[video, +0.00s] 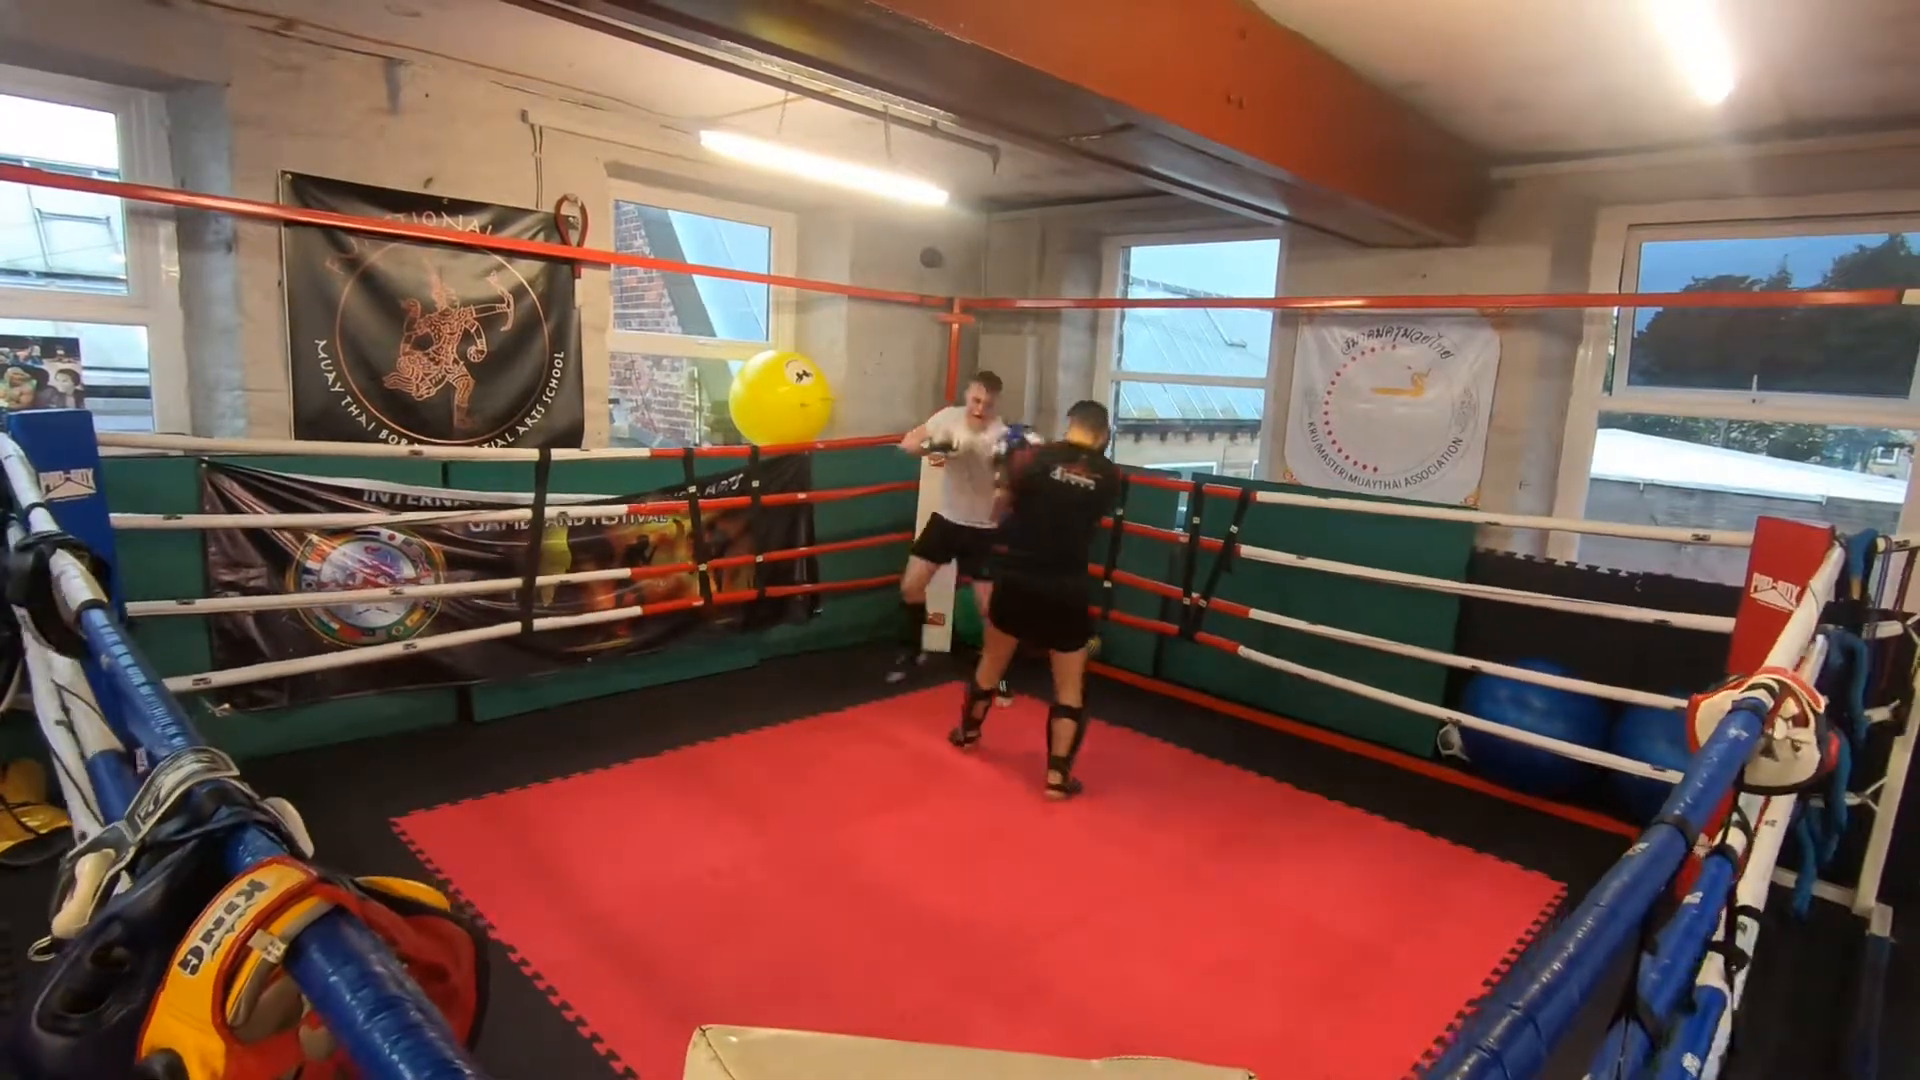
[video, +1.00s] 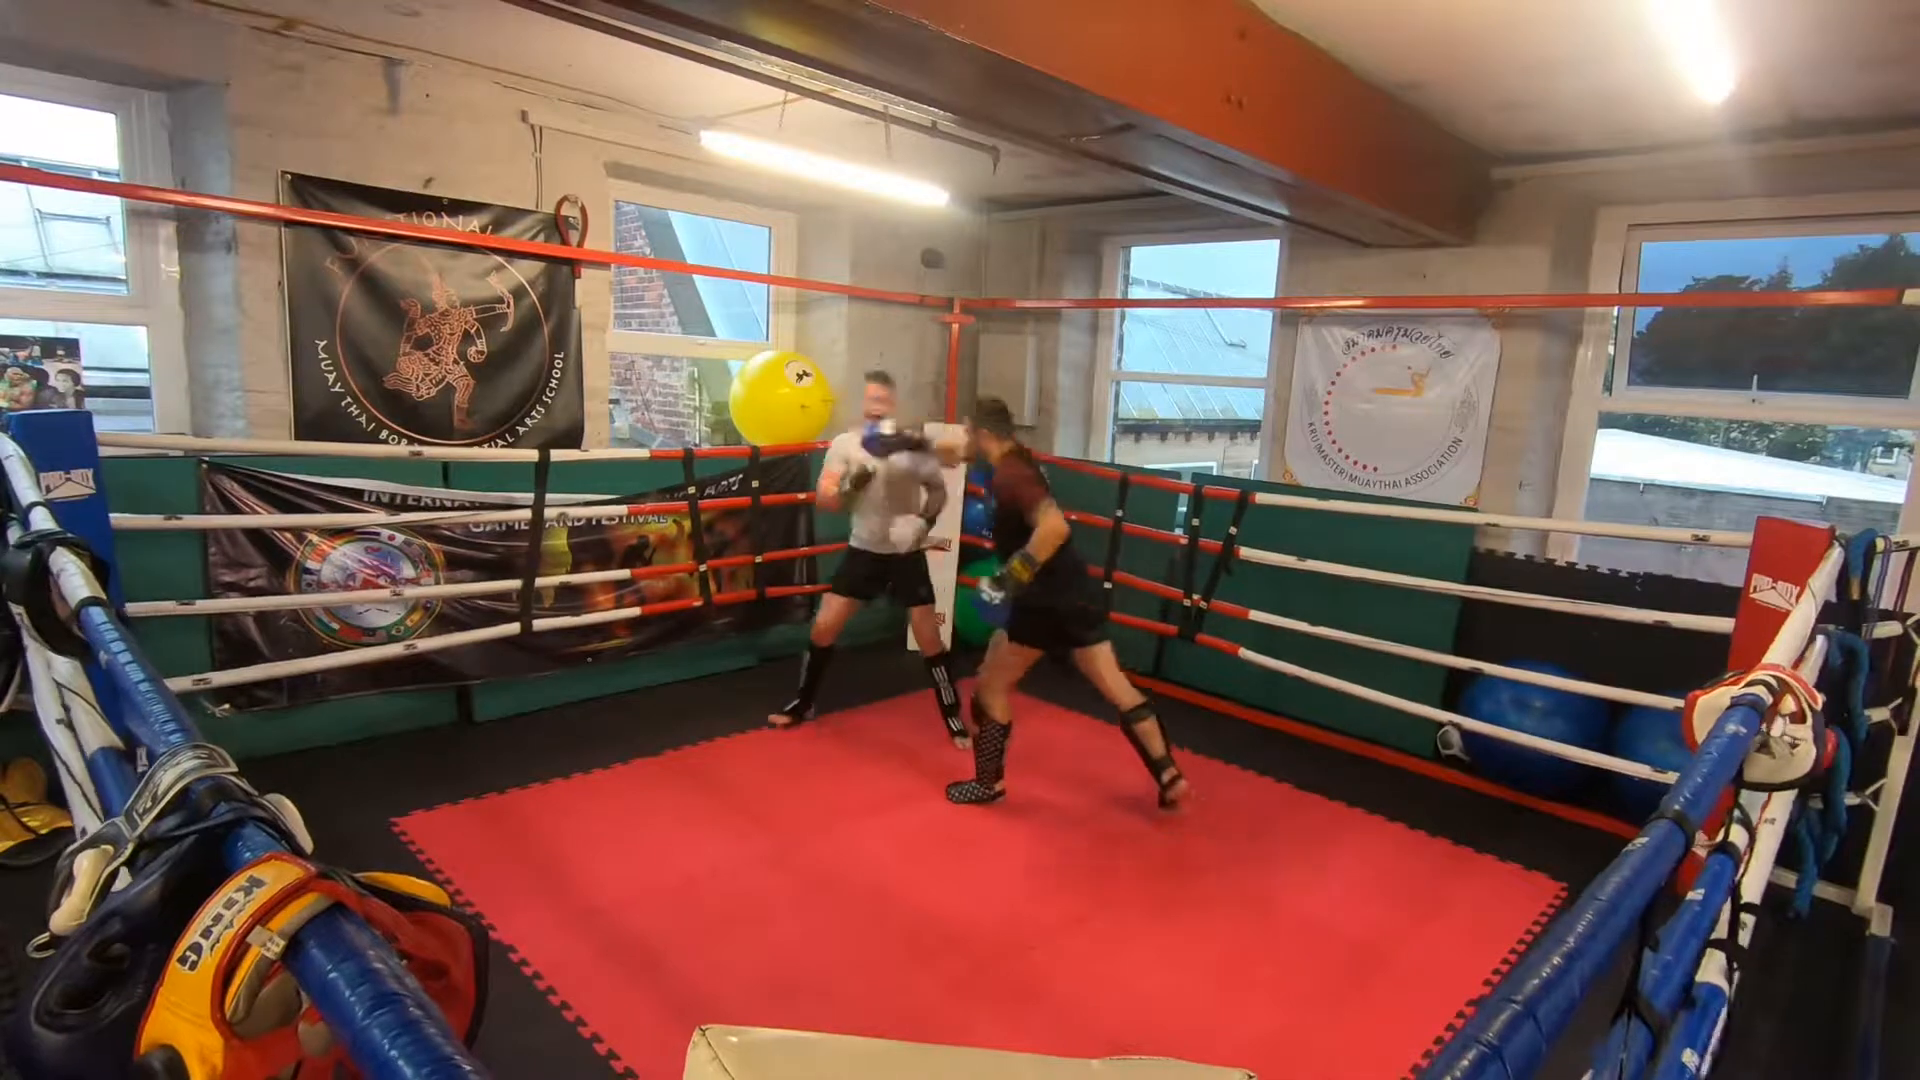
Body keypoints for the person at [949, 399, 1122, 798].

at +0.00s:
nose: (1089, 439)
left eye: (1078, 427)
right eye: (1103, 435)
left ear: (1068, 425)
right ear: (1104, 436)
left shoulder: (1032, 460)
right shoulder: (1109, 478)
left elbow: (1003, 508)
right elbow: (1093, 515)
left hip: (1016, 582)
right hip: (1067, 593)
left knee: (992, 661)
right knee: (1068, 686)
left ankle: (968, 731)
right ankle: (1057, 776)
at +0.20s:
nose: (1071, 423)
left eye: (1071, 417)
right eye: (1080, 419)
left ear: (1073, 417)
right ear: (1109, 420)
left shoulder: (1047, 454)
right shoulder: (1126, 469)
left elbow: (998, 500)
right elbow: (1087, 498)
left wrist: (996, 463)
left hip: (1037, 587)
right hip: (1088, 595)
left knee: (1006, 663)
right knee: (1071, 684)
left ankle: (1009, 759)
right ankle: (1057, 779)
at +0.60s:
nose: (1058, 429)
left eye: (1058, 422)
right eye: (1060, 423)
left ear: (1066, 421)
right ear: (1099, 419)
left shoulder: (1056, 460)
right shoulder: (1129, 464)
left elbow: (1025, 528)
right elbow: (1103, 519)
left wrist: (1003, 511)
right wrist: (1038, 505)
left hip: (1062, 595)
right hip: (1109, 596)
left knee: (1047, 697)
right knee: (1102, 682)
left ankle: (1054, 801)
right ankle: (1118, 780)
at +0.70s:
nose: (1059, 441)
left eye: (1058, 436)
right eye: (1060, 436)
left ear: (1067, 432)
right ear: (1098, 430)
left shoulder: (1066, 470)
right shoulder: (1125, 472)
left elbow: (1042, 540)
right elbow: (1097, 521)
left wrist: (1000, 531)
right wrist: (1056, 478)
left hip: (1070, 607)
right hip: (1118, 607)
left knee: (1011, 688)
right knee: (1126, 700)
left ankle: (1032, 787)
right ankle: (1180, 791)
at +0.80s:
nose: (1031, 463)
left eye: (1032, 456)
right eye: (1032, 456)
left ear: (1040, 457)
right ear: (1070, 452)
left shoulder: (1063, 492)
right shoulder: (1100, 490)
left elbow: (1078, 552)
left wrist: (1027, 582)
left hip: (1079, 632)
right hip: (1123, 630)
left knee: (994, 684)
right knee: (1146, 716)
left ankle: (990, 779)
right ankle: (1199, 813)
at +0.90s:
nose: (994, 457)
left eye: (995, 450)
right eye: (995, 450)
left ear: (1005, 451)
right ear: (1030, 448)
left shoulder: (1035, 489)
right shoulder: (1045, 479)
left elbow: (1078, 538)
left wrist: (1037, 593)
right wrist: (987, 431)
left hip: (1066, 618)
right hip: (1103, 613)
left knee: (993, 686)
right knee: (1138, 703)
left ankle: (988, 781)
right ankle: (1191, 798)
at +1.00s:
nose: (966, 439)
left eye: (969, 432)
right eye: (967, 432)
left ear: (984, 434)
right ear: (1003, 431)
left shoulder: (1011, 472)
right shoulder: (1016, 461)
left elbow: (1054, 526)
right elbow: (962, 449)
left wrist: (1014, 575)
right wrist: (914, 443)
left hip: (1040, 599)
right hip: (1073, 592)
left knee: (992, 685)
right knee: (1114, 682)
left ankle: (987, 781)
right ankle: (1167, 772)